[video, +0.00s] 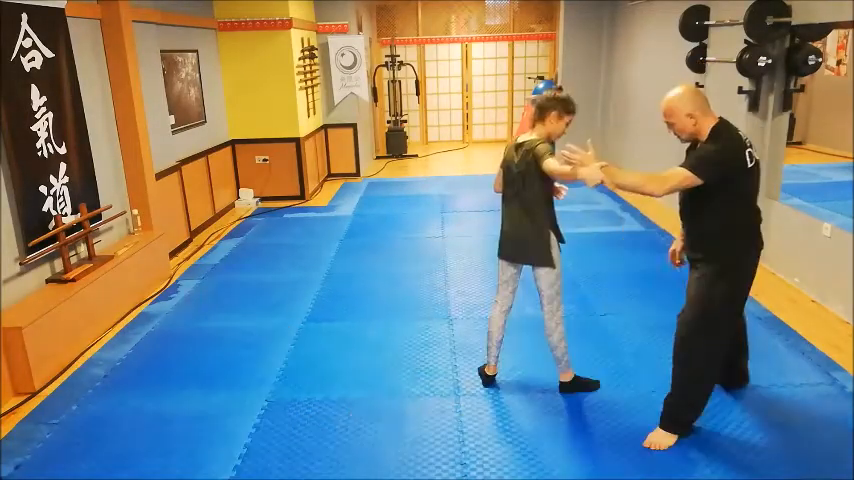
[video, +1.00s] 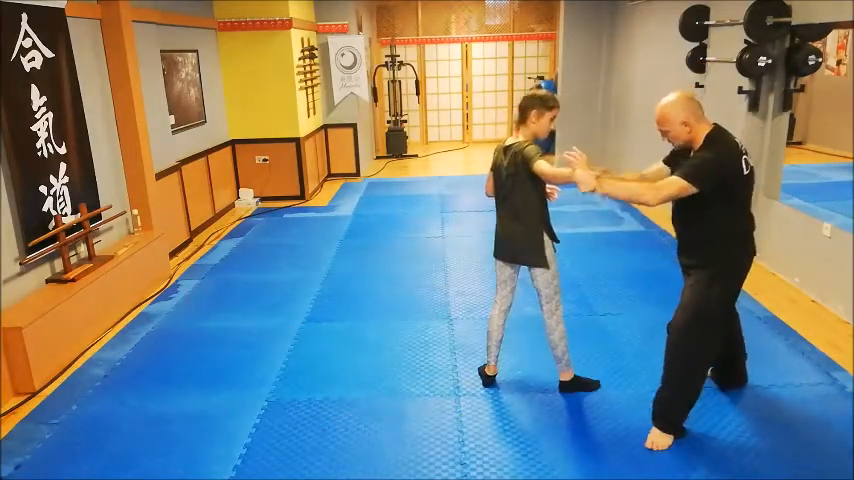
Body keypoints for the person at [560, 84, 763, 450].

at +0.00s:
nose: (671, 131)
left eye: (672, 124)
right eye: (669, 125)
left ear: (693, 116)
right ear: (695, 116)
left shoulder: (719, 151)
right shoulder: (721, 136)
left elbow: (657, 186)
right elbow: (713, 198)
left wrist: (603, 173)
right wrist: (688, 237)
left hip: (724, 258)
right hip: (728, 247)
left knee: (694, 332)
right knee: (726, 313)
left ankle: (676, 422)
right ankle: (732, 372)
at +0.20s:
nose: (669, 132)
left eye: (671, 125)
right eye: (667, 126)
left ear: (691, 116)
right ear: (693, 116)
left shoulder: (717, 150)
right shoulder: (719, 137)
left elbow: (656, 186)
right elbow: (709, 197)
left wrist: (600, 175)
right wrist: (688, 236)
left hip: (724, 257)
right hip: (726, 247)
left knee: (694, 331)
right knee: (726, 313)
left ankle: (676, 422)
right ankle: (732, 372)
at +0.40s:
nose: (669, 133)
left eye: (670, 126)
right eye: (666, 127)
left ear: (690, 117)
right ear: (690, 117)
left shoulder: (717, 149)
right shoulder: (716, 138)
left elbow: (657, 188)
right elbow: (705, 196)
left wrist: (601, 177)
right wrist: (680, 234)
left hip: (724, 257)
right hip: (718, 248)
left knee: (694, 331)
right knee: (726, 313)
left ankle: (676, 422)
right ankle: (733, 373)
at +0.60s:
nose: (669, 133)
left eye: (670, 125)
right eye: (667, 126)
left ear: (690, 117)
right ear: (691, 117)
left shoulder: (717, 150)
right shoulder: (717, 138)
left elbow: (658, 188)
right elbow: (688, 200)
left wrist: (603, 177)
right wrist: (646, 223)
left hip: (722, 258)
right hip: (719, 249)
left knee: (693, 331)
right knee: (726, 313)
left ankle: (676, 422)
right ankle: (733, 373)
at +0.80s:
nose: (668, 133)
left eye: (671, 126)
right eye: (666, 127)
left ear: (692, 118)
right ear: (692, 119)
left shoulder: (720, 151)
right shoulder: (701, 143)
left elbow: (660, 190)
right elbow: (666, 189)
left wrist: (602, 175)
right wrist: (618, 198)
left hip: (723, 259)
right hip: (711, 251)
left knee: (691, 330)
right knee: (723, 311)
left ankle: (673, 421)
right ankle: (732, 372)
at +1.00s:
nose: (663, 137)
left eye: (666, 130)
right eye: (662, 131)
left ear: (689, 123)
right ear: (686, 124)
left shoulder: (716, 156)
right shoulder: (692, 148)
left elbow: (654, 195)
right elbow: (646, 179)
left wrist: (597, 184)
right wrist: (596, 174)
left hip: (721, 264)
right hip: (700, 258)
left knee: (685, 331)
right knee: (719, 315)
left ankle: (668, 422)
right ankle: (731, 373)